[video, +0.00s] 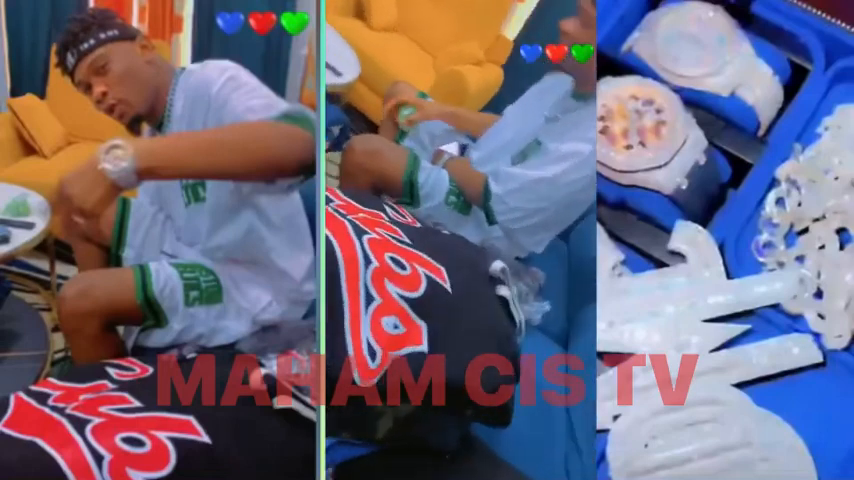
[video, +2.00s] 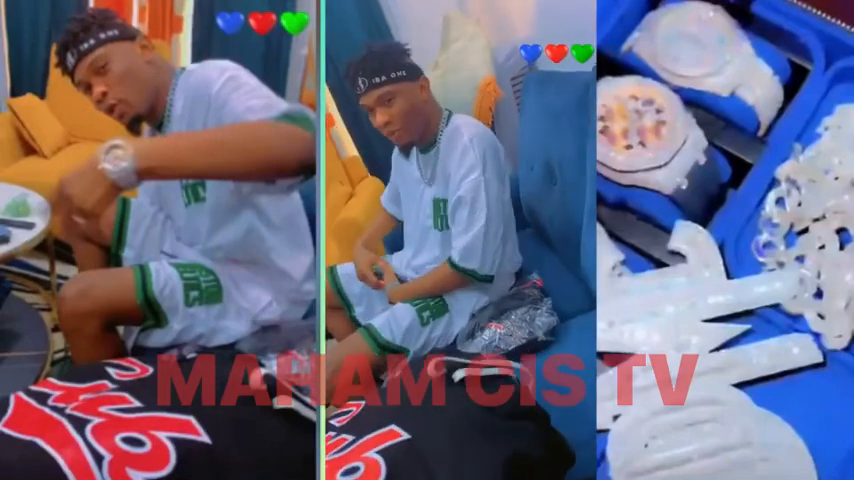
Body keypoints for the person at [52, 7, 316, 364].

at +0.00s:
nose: (98, 94)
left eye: (102, 70)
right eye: (87, 89)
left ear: (144, 48)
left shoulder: (214, 81)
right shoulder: (152, 132)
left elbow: (298, 145)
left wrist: (131, 160)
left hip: (260, 278)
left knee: (80, 300)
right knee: (84, 215)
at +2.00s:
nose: (98, 94)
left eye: (102, 70)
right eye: (87, 89)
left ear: (144, 48)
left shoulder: (212, 81)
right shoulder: (152, 133)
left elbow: (299, 145)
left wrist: (132, 160)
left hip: (259, 280)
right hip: (190, 251)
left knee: (80, 300)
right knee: (85, 215)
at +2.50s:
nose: (98, 94)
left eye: (102, 70)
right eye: (87, 89)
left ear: (144, 48)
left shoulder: (212, 81)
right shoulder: (152, 133)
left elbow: (299, 145)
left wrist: (132, 160)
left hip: (259, 279)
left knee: (80, 300)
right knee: (84, 215)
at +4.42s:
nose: (98, 94)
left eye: (102, 70)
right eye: (87, 89)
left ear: (144, 48)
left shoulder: (212, 81)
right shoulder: (152, 133)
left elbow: (298, 146)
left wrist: (133, 160)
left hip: (259, 278)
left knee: (80, 300)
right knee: (84, 214)